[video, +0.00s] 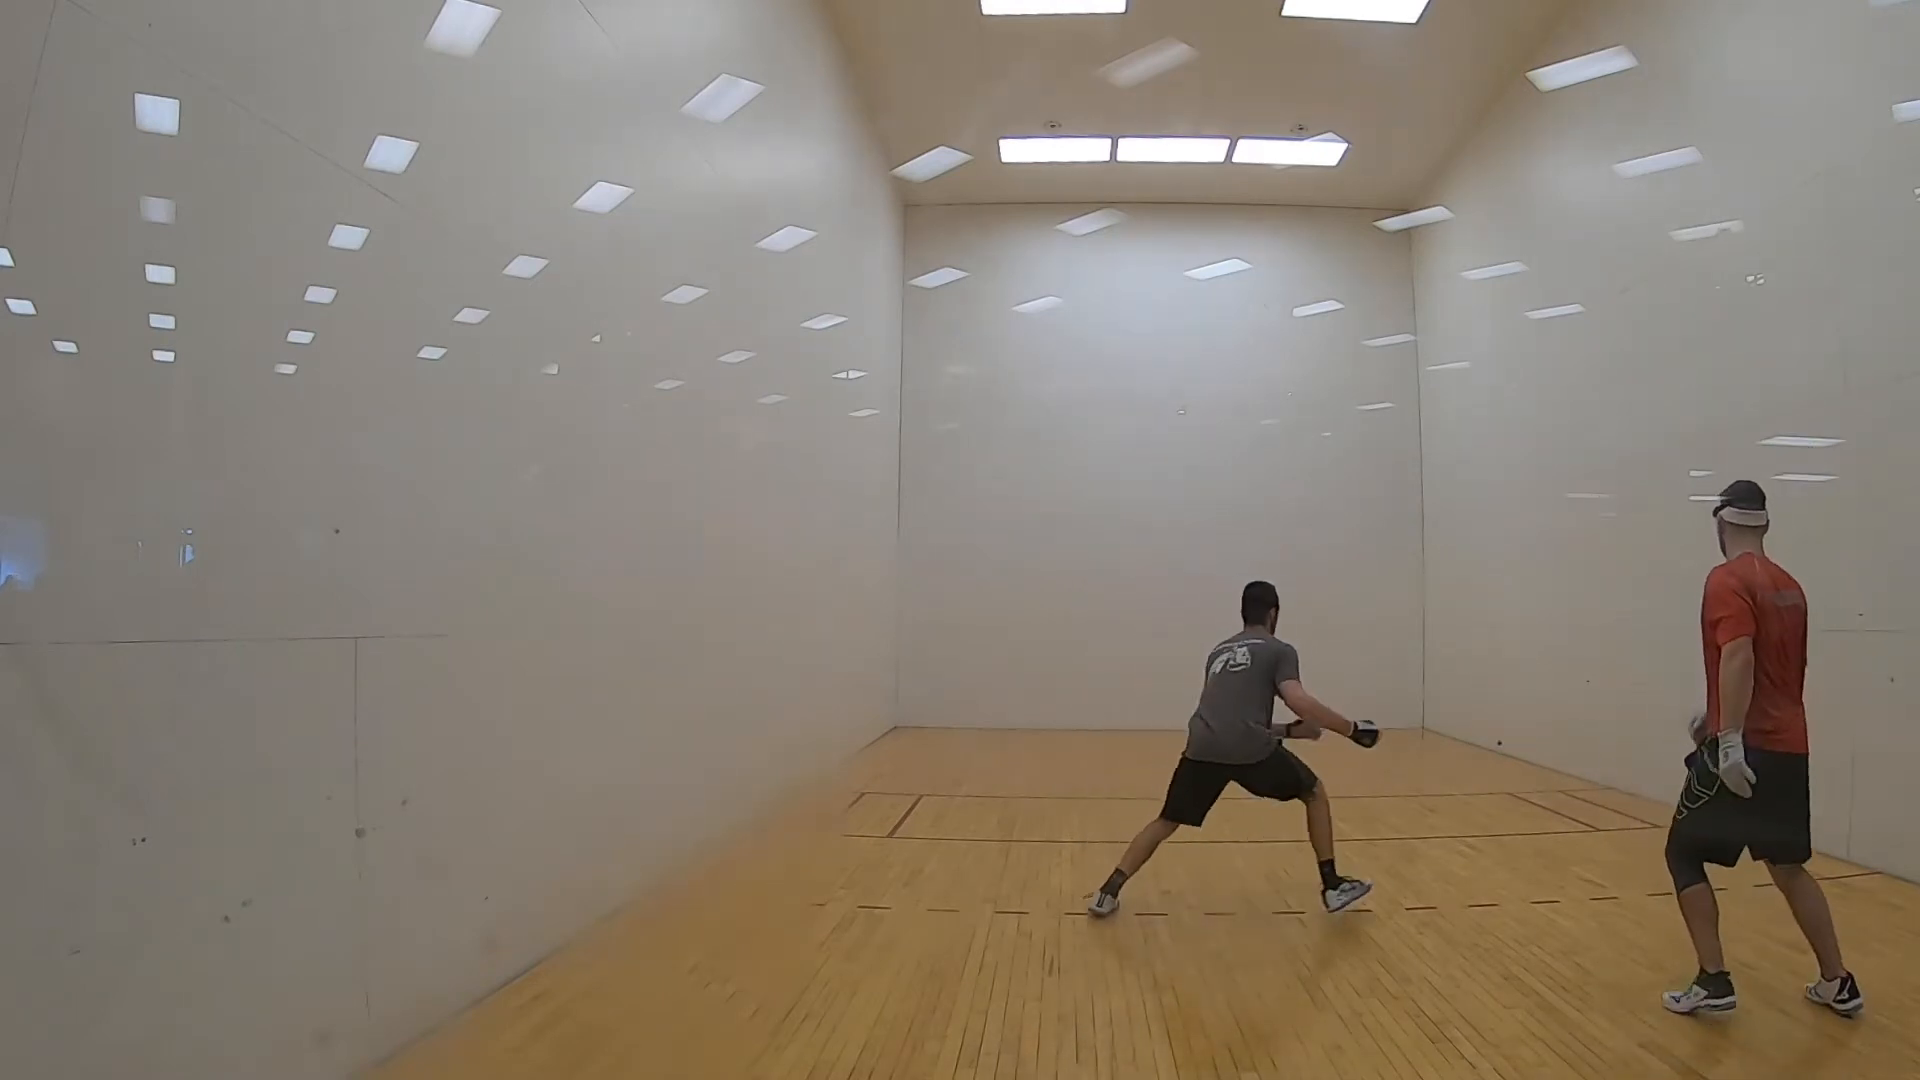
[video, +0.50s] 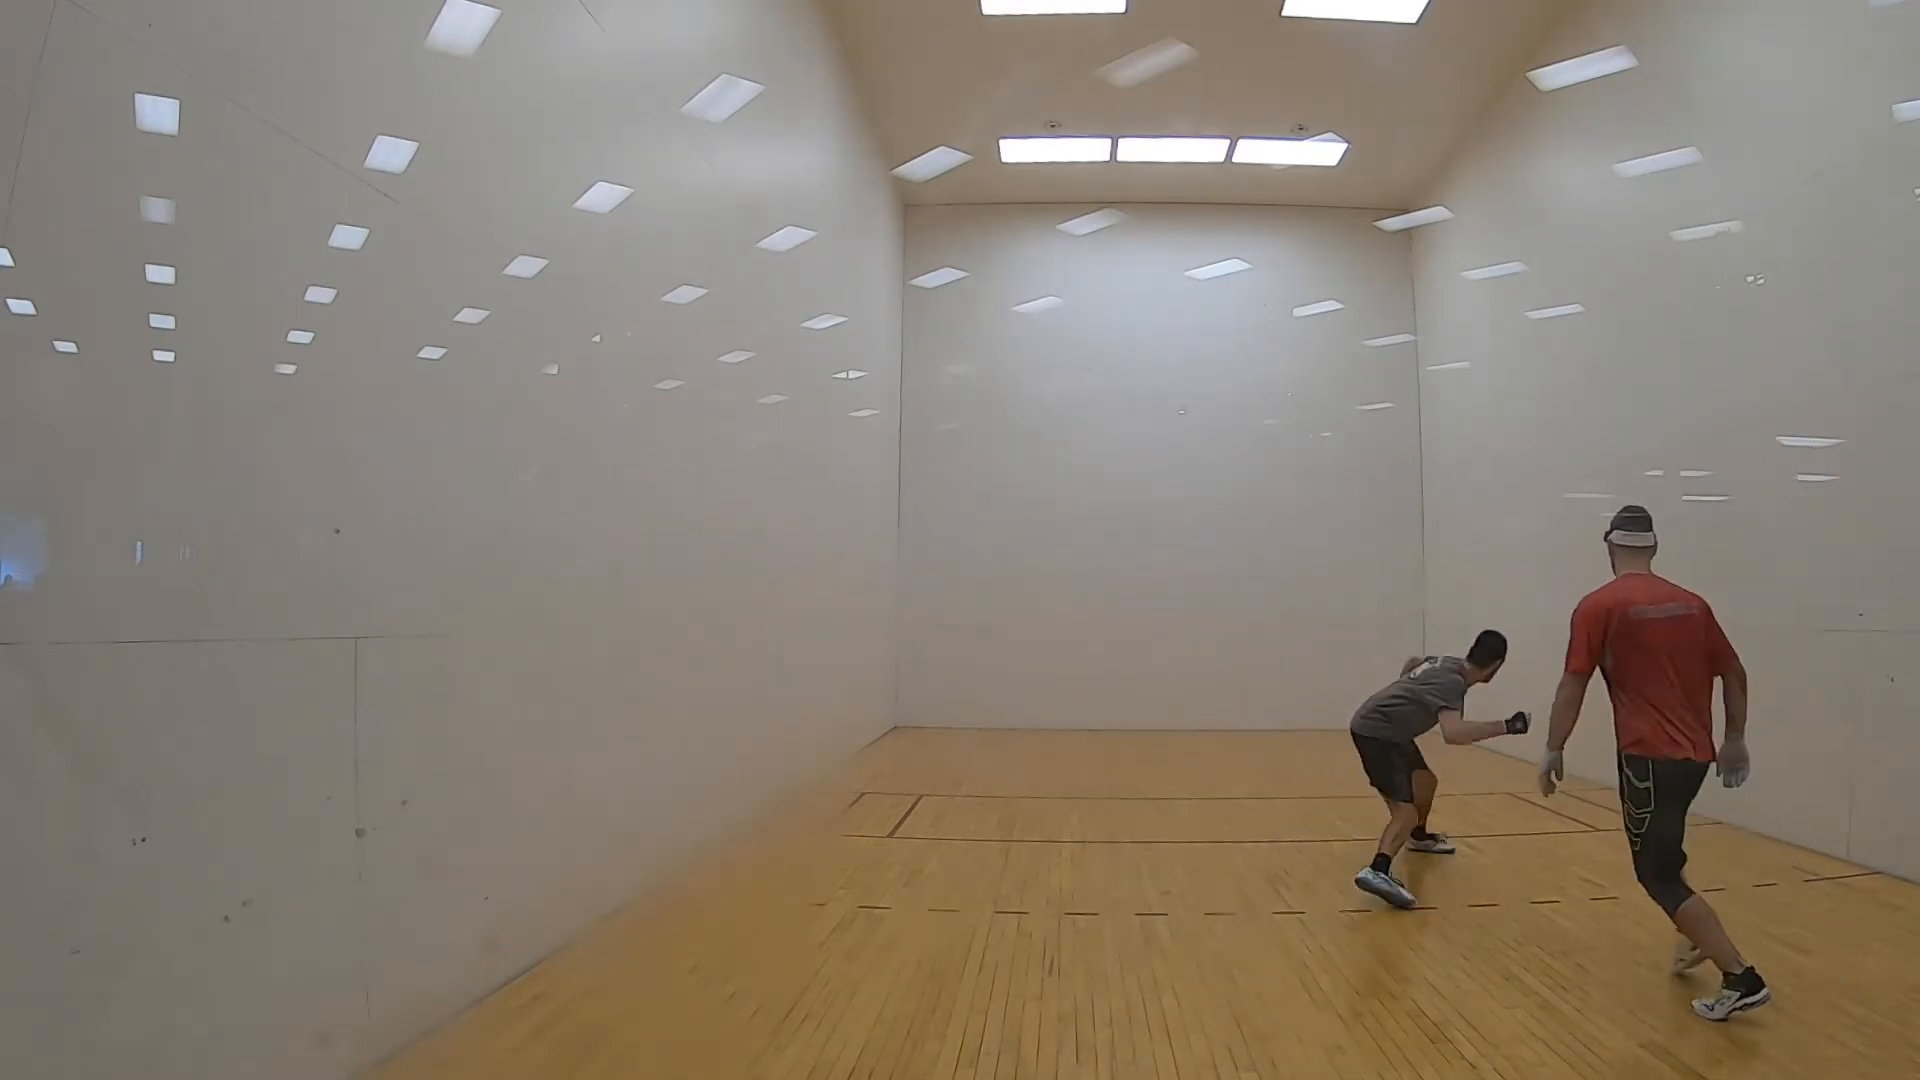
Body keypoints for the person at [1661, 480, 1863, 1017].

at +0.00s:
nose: (1715, 531)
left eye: (1716, 523)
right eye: (1722, 522)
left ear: (1720, 523)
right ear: (1765, 527)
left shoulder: (1726, 578)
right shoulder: (1790, 586)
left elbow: (1739, 656)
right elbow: (1784, 677)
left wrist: (1730, 740)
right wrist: (1717, 715)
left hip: (1737, 754)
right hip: (1788, 755)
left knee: (1682, 853)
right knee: (1788, 863)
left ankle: (1713, 980)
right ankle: (1837, 979)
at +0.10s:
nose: (1709, 527)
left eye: (1709, 519)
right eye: (1716, 518)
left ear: (1713, 518)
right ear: (1758, 521)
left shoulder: (1716, 574)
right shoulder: (1785, 578)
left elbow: (1726, 651)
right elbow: (1793, 667)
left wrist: (1719, 730)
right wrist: (1786, 733)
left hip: (1729, 744)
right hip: (1786, 747)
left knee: (1675, 845)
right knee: (1795, 858)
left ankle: (1708, 971)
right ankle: (1836, 980)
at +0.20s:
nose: (1698, 530)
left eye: (1697, 522)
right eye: (1707, 522)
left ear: (1699, 523)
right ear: (1744, 524)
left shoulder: (1699, 581)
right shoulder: (1773, 580)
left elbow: (1703, 657)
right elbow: (1789, 662)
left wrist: (1688, 739)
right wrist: (1787, 738)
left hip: (1723, 749)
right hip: (1780, 751)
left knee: (1666, 850)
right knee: (1797, 863)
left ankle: (1718, 966)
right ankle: (1837, 982)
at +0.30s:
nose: (1679, 539)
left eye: (1676, 531)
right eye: (1695, 531)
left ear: (1675, 532)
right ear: (1722, 532)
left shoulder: (1674, 592)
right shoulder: (1752, 589)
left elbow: (1666, 669)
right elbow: (1774, 667)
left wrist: (1643, 750)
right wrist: (1761, 739)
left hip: (1701, 756)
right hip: (1761, 757)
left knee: (1665, 863)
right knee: (1775, 862)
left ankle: (1737, 971)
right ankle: (1831, 978)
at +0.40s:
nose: (1646, 549)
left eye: (1644, 541)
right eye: (1656, 541)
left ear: (1645, 541)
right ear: (1690, 541)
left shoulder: (1640, 602)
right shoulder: (1724, 598)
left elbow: (1618, 685)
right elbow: (1753, 678)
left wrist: (1594, 758)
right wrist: (1746, 745)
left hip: (1674, 758)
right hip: (1727, 758)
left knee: (1663, 875)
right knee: (1724, 865)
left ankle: (1740, 978)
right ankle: (1791, 942)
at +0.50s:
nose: (1612, 555)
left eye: (1609, 547)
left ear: (1609, 546)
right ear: (1654, 549)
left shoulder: (1599, 606)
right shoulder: (1692, 604)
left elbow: (1572, 687)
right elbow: (1734, 674)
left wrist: (1554, 749)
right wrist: (1735, 737)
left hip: (1646, 757)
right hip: (1696, 755)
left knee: (1657, 872)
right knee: (1662, 847)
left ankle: (1741, 977)